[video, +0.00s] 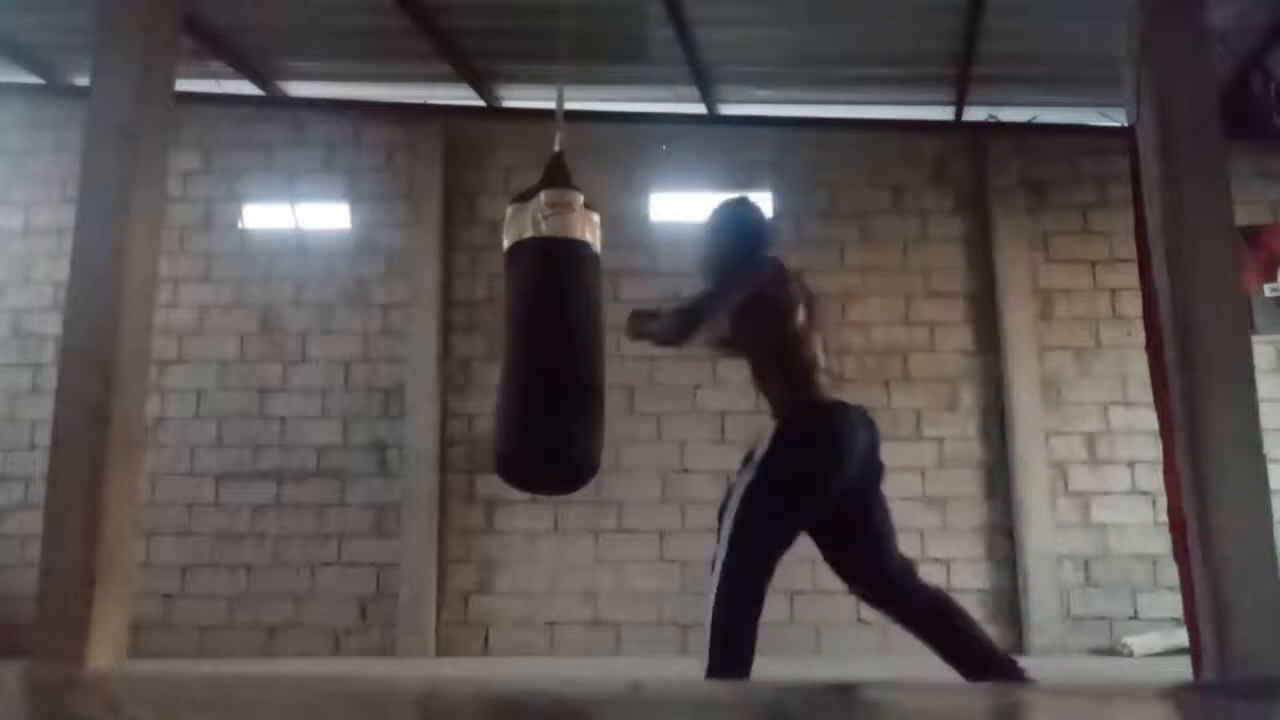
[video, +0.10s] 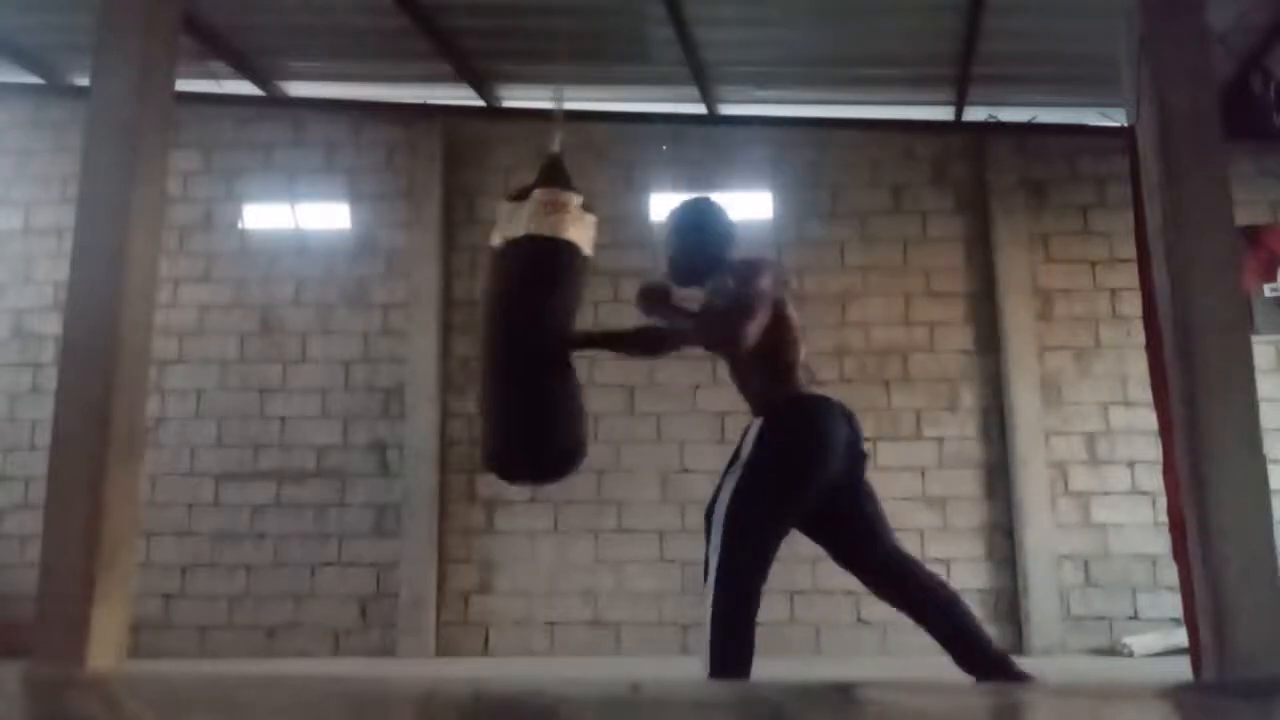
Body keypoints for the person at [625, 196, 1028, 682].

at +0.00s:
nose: (706, 248)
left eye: (712, 237)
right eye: (711, 238)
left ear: (728, 238)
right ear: (757, 234)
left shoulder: (754, 272)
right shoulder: (787, 281)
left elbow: (682, 326)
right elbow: (748, 340)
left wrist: (650, 326)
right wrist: (681, 332)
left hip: (805, 436)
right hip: (845, 430)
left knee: (741, 570)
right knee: (886, 580)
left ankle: (722, 701)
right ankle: (1006, 680)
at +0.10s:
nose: (681, 277)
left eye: (682, 264)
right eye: (678, 267)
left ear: (701, 251)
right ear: (713, 252)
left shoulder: (754, 272)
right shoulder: (716, 300)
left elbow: (739, 335)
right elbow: (652, 340)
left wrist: (671, 312)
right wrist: (574, 339)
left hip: (793, 431)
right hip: (823, 432)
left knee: (735, 568)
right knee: (886, 567)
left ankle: (724, 702)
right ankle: (1000, 675)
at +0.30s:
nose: (651, 261)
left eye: (653, 250)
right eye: (647, 251)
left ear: (675, 242)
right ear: (698, 237)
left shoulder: (713, 277)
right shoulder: (742, 286)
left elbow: (656, 343)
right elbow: (724, 388)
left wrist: (636, 282)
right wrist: (655, 362)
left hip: (773, 425)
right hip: (810, 421)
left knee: (735, 568)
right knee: (818, 567)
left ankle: (729, 701)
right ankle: (923, 677)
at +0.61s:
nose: (673, 272)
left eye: (679, 258)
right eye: (671, 260)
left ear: (707, 256)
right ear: (718, 256)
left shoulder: (741, 297)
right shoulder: (761, 299)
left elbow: (715, 387)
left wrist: (667, 337)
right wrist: (675, 342)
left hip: (764, 447)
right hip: (799, 446)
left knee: (675, 560)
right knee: (801, 585)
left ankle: (694, 688)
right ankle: (872, 695)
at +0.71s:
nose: (669, 265)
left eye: (672, 253)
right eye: (668, 253)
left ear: (693, 251)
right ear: (715, 248)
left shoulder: (718, 293)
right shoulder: (760, 294)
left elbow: (719, 372)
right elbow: (721, 367)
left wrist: (672, 370)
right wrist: (678, 320)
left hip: (738, 433)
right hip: (784, 431)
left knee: (658, 535)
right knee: (804, 567)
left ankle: (660, 672)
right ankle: (870, 683)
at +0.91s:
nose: (630, 270)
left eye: (633, 261)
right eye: (633, 261)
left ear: (643, 262)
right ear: (682, 260)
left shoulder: (636, 301)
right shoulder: (720, 300)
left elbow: (552, 322)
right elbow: (714, 367)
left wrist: (479, 323)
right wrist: (659, 368)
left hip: (697, 446)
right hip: (751, 442)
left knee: (646, 578)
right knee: (778, 574)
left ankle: (617, 698)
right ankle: (857, 679)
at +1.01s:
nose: (604, 277)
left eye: (608, 267)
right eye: (605, 267)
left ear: (623, 264)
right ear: (652, 262)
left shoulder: (622, 300)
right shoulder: (694, 306)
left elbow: (544, 344)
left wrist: (487, 331)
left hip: (693, 448)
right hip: (738, 445)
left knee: (635, 569)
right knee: (744, 577)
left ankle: (614, 692)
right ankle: (844, 672)